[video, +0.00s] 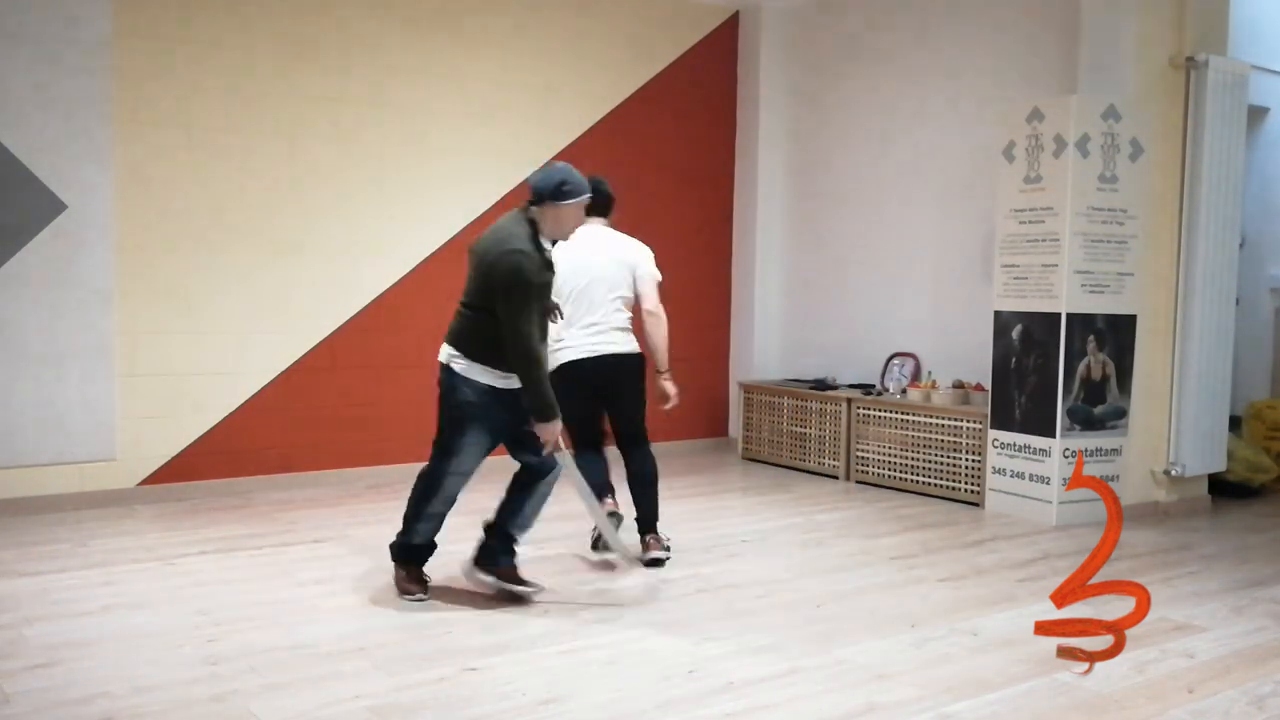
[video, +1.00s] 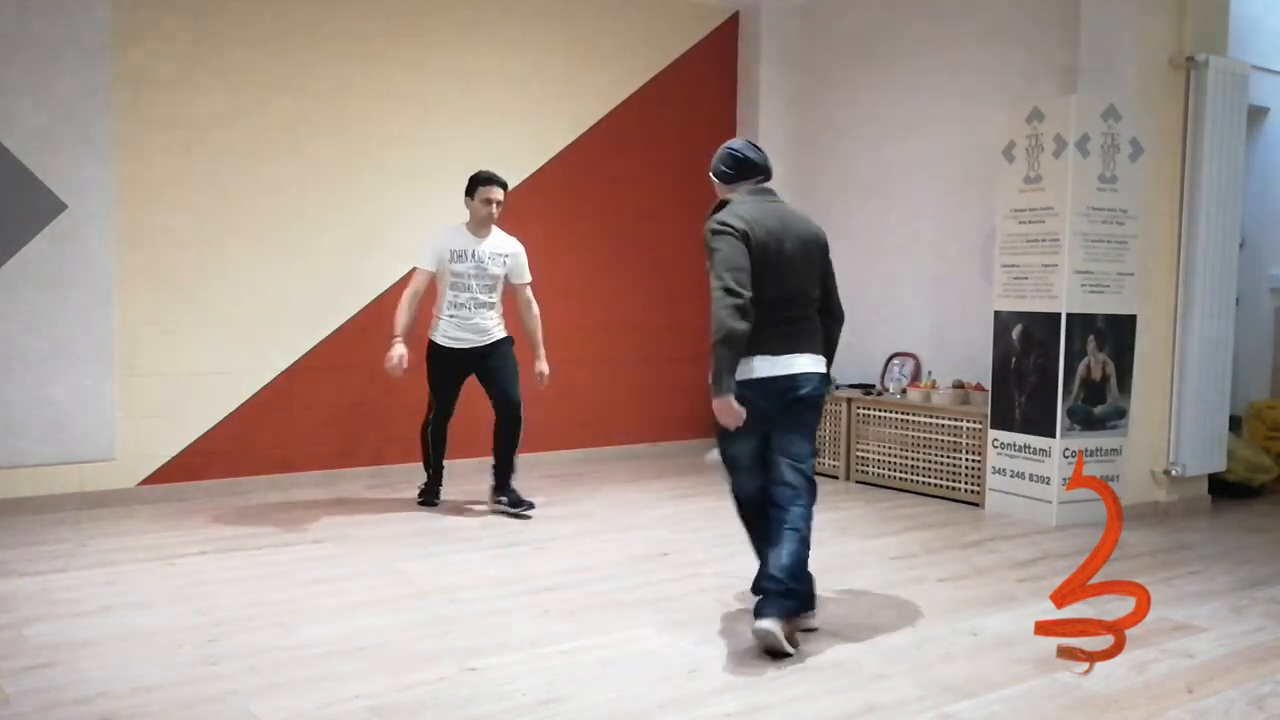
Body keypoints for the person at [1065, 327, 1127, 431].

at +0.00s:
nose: (1087, 345)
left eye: (1091, 342)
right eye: (1088, 342)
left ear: (1099, 344)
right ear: (1088, 345)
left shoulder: (1108, 364)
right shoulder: (1083, 365)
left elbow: (1113, 388)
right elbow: (1076, 390)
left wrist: (1115, 406)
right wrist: (1070, 408)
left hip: (1102, 405)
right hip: (1086, 405)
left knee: (1121, 411)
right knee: (1071, 410)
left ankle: (1086, 425)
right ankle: (1101, 425)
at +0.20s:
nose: (1087, 345)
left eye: (1091, 342)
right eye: (1088, 342)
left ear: (1099, 344)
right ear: (1087, 345)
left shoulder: (1108, 364)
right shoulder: (1083, 365)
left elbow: (1113, 389)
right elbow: (1076, 391)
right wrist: (1071, 421)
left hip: (1103, 406)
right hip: (1086, 406)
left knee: (1121, 411)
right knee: (1071, 410)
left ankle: (1087, 424)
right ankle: (1101, 425)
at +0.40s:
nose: (1087, 345)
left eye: (1091, 342)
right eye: (1088, 342)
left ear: (1099, 344)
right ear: (1087, 345)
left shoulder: (1108, 364)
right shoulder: (1083, 364)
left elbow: (1114, 390)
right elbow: (1076, 391)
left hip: (1102, 405)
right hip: (1086, 405)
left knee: (1121, 411)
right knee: (1071, 411)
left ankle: (1086, 425)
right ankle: (1102, 425)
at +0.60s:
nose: (1087, 345)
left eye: (1091, 342)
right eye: (1088, 342)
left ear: (1098, 344)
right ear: (1088, 345)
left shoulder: (1108, 364)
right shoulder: (1083, 365)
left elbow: (1114, 390)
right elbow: (1076, 391)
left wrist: (1108, 406)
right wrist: (1071, 421)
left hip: (1103, 406)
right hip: (1086, 406)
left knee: (1121, 411)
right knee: (1071, 410)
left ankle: (1086, 425)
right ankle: (1101, 425)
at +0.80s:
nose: (1087, 346)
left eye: (1090, 342)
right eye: (1087, 342)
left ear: (1098, 344)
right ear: (1087, 345)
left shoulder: (1108, 364)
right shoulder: (1083, 365)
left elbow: (1114, 390)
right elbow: (1076, 391)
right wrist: (1071, 419)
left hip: (1102, 406)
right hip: (1086, 406)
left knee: (1121, 411)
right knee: (1071, 411)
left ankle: (1086, 425)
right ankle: (1100, 425)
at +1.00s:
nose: (1087, 346)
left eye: (1090, 342)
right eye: (1087, 342)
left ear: (1098, 344)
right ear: (1087, 345)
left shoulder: (1108, 364)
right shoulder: (1084, 365)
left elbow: (1114, 391)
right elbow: (1076, 391)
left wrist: (1107, 406)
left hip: (1103, 406)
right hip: (1086, 406)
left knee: (1121, 411)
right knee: (1071, 411)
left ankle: (1086, 425)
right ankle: (1100, 425)